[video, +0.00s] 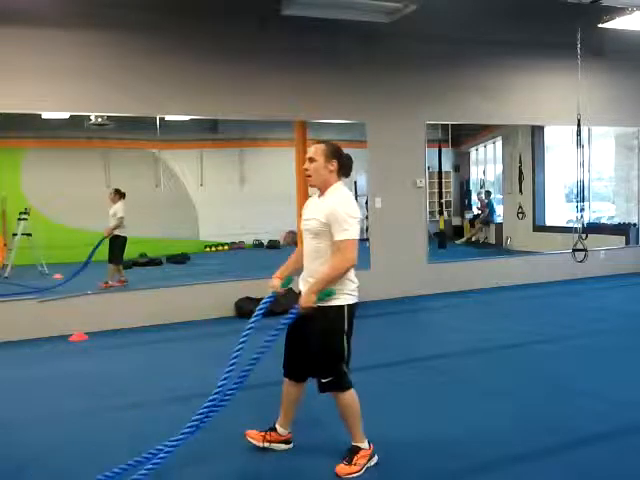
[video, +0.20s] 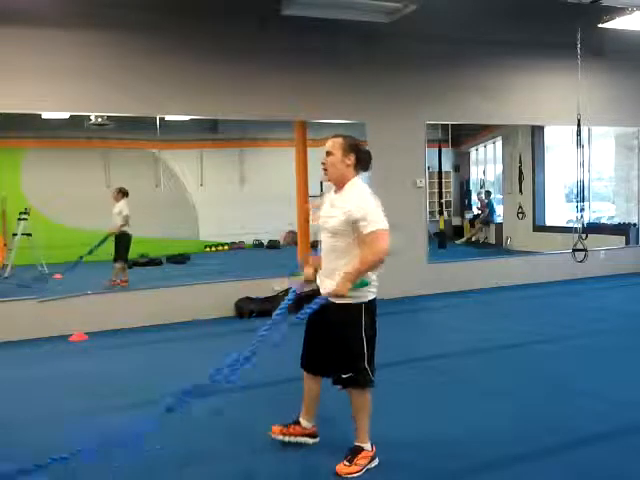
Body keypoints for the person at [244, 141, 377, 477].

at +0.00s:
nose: (305, 167)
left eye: (312, 161)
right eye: (305, 161)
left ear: (332, 167)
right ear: (317, 168)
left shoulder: (342, 202)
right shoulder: (314, 202)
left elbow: (347, 258)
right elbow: (306, 250)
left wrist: (314, 288)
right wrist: (282, 274)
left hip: (336, 302)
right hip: (309, 300)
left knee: (335, 377)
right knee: (295, 370)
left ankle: (361, 447)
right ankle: (281, 432)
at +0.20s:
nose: (323, 161)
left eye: (329, 155)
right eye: (324, 155)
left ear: (350, 162)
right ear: (339, 162)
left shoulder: (361, 197)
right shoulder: (333, 197)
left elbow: (378, 247)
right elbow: (338, 246)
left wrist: (347, 276)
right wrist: (317, 262)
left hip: (356, 302)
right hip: (327, 298)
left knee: (357, 376)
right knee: (312, 365)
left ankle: (363, 446)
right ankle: (306, 424)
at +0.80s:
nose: (332, 164)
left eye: (337, 158)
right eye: (332, 158)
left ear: (358, 160)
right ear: (348, 161)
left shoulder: (370, 196)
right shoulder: (346, 194)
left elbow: (369, 250)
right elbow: (342, 242)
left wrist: (338, 284)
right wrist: (321, 269)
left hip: (365, 294)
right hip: (343, 291)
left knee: (357, 369)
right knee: (344, 365)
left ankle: (364, 443)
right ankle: (349, 426)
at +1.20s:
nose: (341, 159)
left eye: (347, 154)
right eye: (341, 154)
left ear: (367, 158)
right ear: (351, 160)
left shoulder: (380, 194)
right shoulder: (345, 194)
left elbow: (377, 250)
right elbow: (336, 239)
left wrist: (341, 277)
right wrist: (316, 270)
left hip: (366, 297)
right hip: (339, 293)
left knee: (360, 374)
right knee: (335, 366)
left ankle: (362, 444)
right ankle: (345, 423)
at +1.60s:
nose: (340, 177)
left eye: (348, 172)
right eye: (342, 171)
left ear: (367, 181)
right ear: (356, 181)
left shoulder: (379, 219)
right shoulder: (346, 216)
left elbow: (377, 273)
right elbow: (333, 255)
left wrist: (337, 289)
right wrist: (320, 277)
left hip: (369, 311)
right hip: (344, 306)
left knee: (342, 381)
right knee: (322, 374)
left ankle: (358, 445)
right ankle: (343, 432)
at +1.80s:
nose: (355, 151)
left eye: (362, 145)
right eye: (355, 146)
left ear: (383, 151)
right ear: (361, 153)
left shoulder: (396, 179)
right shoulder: (354, 183)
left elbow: (395, 194)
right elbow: (322, 191)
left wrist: (359, 200)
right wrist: (296, 200)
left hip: (376, 282)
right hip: (348, 277)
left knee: (365, 357)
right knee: (329, 346)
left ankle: (373, 438)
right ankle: (334, 410)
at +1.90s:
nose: (350, 157)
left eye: (355, 151)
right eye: (350, 151)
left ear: (375, 154)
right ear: (362, 155)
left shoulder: (386, 187)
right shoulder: (353, 187)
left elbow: (404, 189)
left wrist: (394, 179)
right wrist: (321, 189)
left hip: (376, 286)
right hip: (347, 280)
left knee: (381, 365)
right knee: (329, 347)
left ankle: (395, 447)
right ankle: (323, 405)